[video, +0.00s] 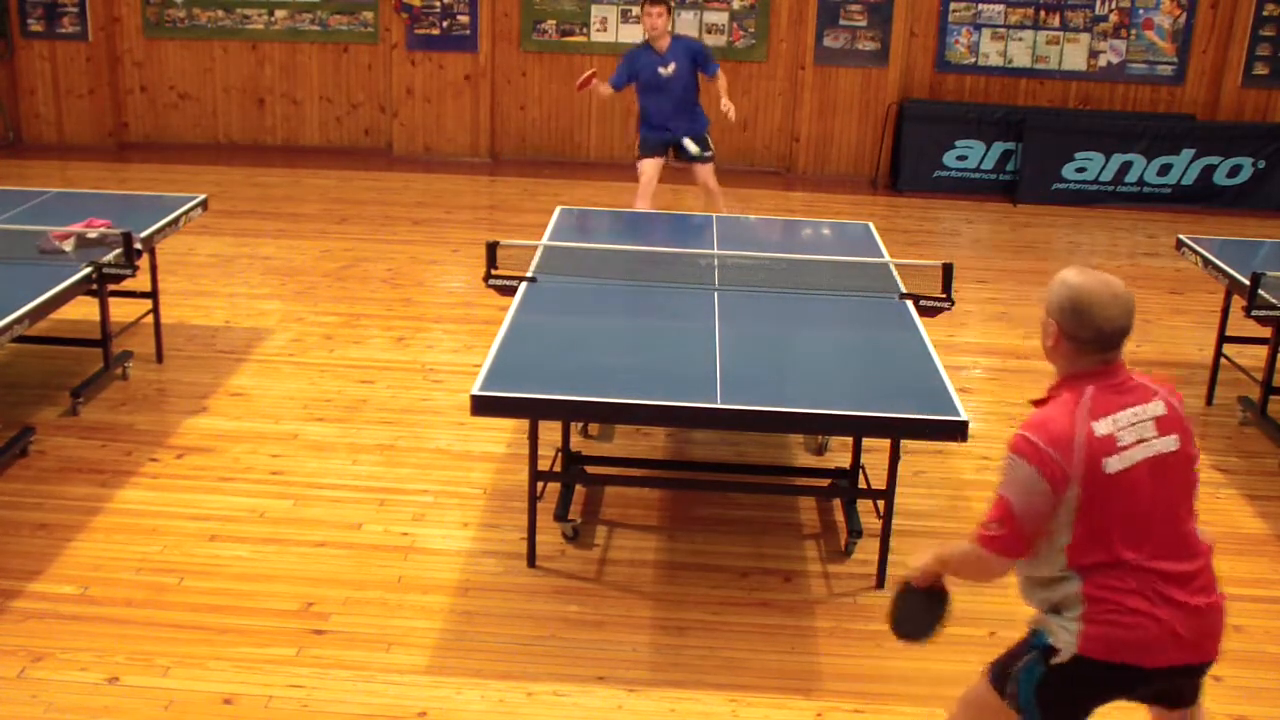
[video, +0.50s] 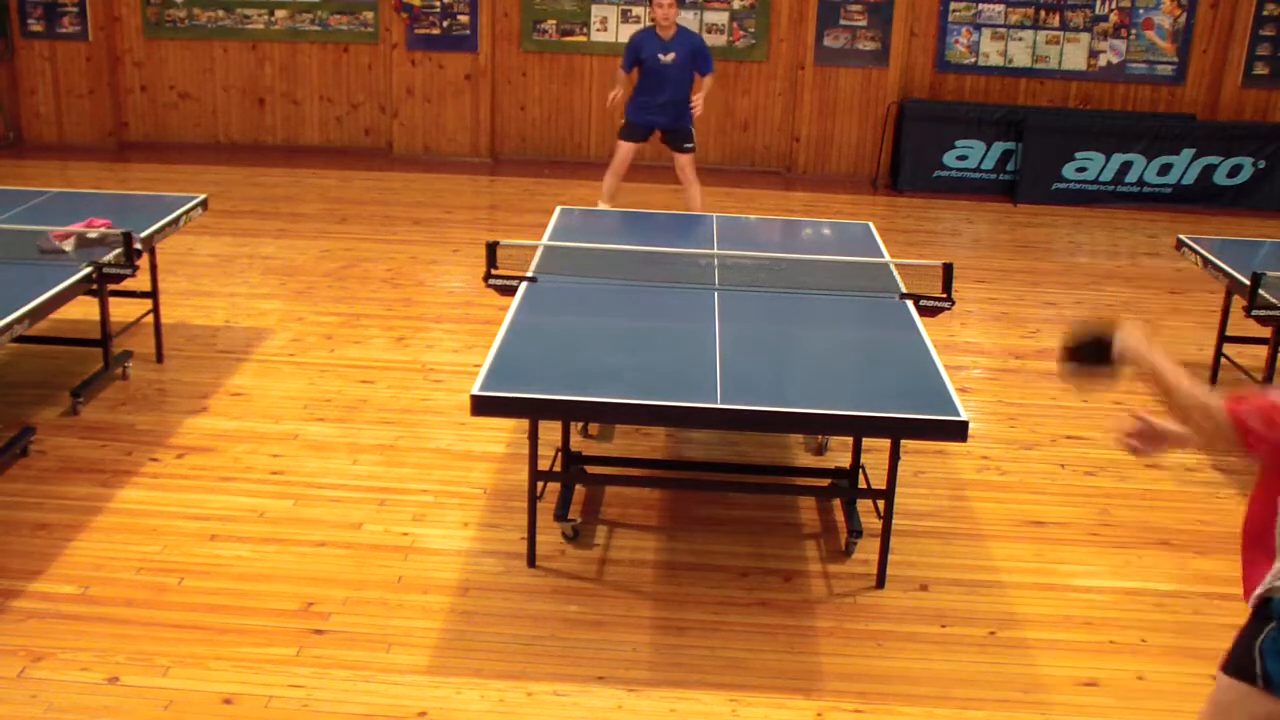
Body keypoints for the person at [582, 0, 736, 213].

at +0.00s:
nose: (654, 21)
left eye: (659, 15)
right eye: (649, 16)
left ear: (669, 19)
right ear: (642, 20)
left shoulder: (690, 48)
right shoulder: (635, 56)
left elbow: (717, 73)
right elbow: (610, 89)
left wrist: (724, 98)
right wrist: (596, 85)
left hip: (690, 128)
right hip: (654, 130)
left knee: (709, 183)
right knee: (645, 183)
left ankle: (723, 227)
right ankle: (637, 235)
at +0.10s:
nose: (660, 15)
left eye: (665, 10)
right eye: (655, 10)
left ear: (673, 13)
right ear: (647, 13)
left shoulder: (693, 43)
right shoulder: (636, 50)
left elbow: (709, 72)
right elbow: (613, 81)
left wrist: (716, 102)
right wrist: (595, 83)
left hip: (686, 125)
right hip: (648, 126)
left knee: (703, 185)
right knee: (641, 184)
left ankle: (706, 235)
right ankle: (630, 240)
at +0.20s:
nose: (665, 21)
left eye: (670, 15)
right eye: (660, 15)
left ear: (677, 19)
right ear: (651, 19)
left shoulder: (694, 52)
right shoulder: (637, 53)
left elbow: (707, 82)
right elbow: (615, 81)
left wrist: (711, 105)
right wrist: (601, 86)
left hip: (681, 132)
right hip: (646, 132)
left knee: (697, 191)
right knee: (644, 186)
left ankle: (699, 239)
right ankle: (629, 239)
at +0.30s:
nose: (670, 21)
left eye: (675, 15)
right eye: (665, 15)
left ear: (682, 18)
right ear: (655, 18)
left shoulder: (696, 51)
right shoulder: (643, 50)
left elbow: (712, 83)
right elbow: (624, 77)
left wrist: (710, 104)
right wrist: (608, 86)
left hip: (682, 131)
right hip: (646, 130)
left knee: (691, 191)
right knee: (636, 188)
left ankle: (693, 239)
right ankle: (625, 239)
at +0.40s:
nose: (671, 16)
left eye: (675, 11)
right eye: (665, 11)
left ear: (682, 14)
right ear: (656, 14)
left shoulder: (696, 45)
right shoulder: (645, 43)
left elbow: (712, 78)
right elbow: (628, 70)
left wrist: (708, 99)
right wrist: (617, 83)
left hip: (681, 121)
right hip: (646, 119)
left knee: (687, 178)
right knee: (630, 172)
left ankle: (698, 227)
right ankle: (613, 223)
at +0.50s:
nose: (665, 12)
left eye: (670, 7)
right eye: (660, 7)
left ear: (677, 11)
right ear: (652, 11)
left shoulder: (693, 41)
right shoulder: (640, 39)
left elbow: (708, 73)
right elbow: (625, 68)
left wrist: (702, 95)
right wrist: (622, 87)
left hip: (677, 114)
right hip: (641, 112)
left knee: (687, 171)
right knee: (619, 162)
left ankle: (697, 222)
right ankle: (603, 208)